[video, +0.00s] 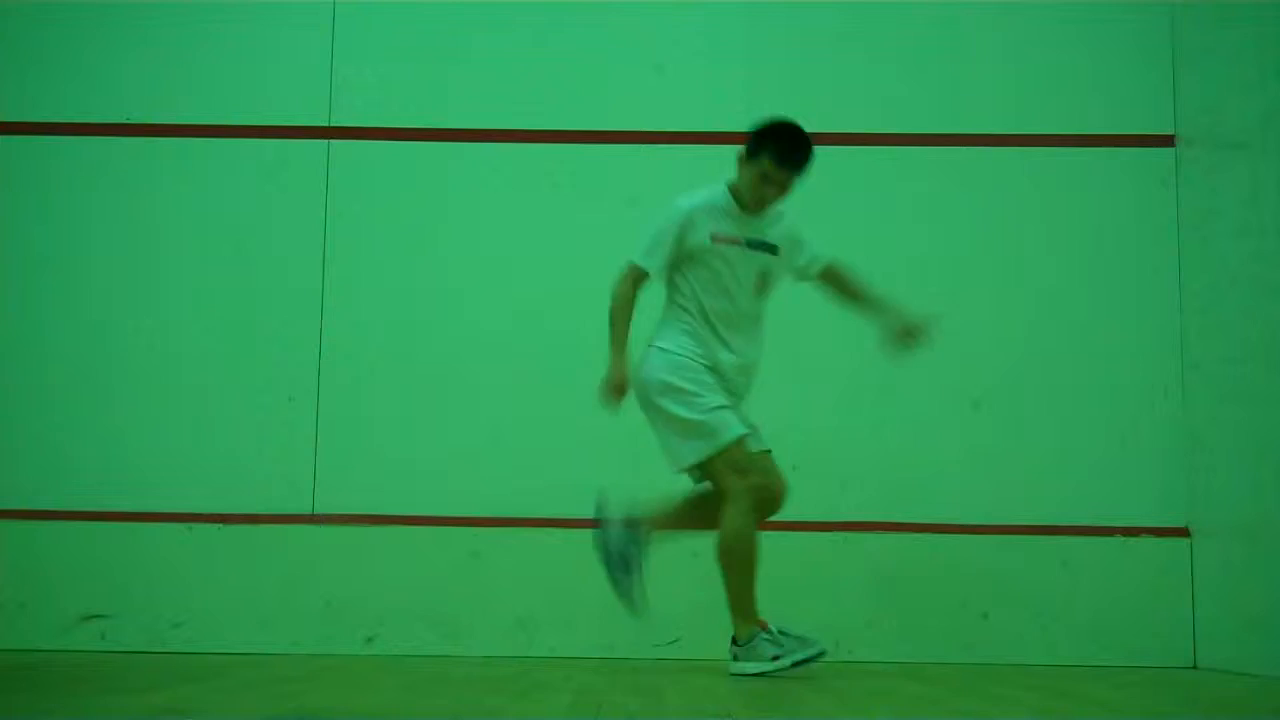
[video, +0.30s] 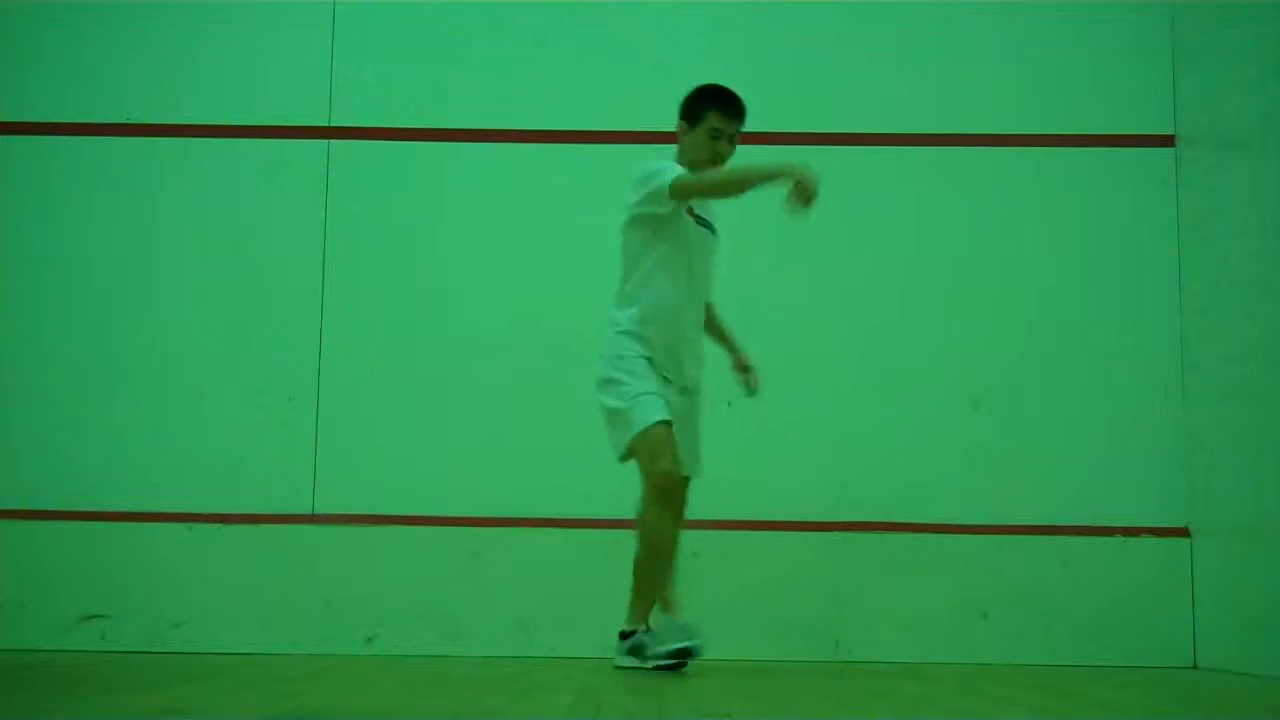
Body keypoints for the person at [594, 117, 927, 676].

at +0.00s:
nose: (774, 192)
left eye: (785, 184)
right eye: (768, 178)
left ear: (794, 183)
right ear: (744, 161)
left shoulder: (783, 230)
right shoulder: (693, 214)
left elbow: (830, 276)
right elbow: (629, 280)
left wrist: (891, 316)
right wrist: (617, 362)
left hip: (726, 382)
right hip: (676, 372)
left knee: (766, 493)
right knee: (745, 483)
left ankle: (633, 525)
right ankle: (748, 636)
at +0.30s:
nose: (721, 150)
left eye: (730, 141)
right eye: (713, 135)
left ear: (733, 147)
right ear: (683, 131)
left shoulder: (705, 224)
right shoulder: (653, 182)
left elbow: (697, 302)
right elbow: (713, 183)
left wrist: (734, 351)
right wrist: (787, 172)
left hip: (681, 368)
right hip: (632, 354)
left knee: (674, 491)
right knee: (664, 471)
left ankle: (637, 629)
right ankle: (658, 615)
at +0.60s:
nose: (685, 135)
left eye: (693, 126)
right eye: (674, 123)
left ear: (698, 132)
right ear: (645, 122)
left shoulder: (684, 204)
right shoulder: (613, 183)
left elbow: (674, 290)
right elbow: (590, 274)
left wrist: (676, 356)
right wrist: (624, 346)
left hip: (671, 371)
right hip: (610, 362)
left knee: (657, 502)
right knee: (593, 491)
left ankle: (637, 631)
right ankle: (576, 633)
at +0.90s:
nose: (660, 137)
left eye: (671, 125)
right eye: (649, 124)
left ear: (686, 125)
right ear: (627, 122)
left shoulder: (709, 189)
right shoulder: (599, 183)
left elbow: (714, 267)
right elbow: (584, 269)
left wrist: (724, 331)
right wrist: (610, 340)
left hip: (676, 370)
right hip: (603, 368)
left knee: (705, 494)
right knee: (583, 496)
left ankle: (704, 625)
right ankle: (574, 632)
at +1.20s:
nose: (698, 135)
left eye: (709, 124)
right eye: (687, 122)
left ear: (724, 123)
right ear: (666, 117)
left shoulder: (750, 178)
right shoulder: (629, 171)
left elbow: (773, 255)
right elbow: (591, 252)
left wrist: (770, 327)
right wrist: (568, 336)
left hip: (718, 353)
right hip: (646, 346)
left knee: (724, 491)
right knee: (629, 425)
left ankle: (723, 632)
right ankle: (642, 568)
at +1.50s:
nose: (713, 158)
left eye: (725, 146)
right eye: (702, 144)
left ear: (739, 145)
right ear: (681, 140)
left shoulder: (759, 222)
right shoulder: (644, 204)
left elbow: (770, 304)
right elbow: (608, 284)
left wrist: (784, 356)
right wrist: (596, 366)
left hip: (737, 380)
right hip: (664, 373)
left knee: (747, 498)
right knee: (695, 472)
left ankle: (724, 635)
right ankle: (703, 624)